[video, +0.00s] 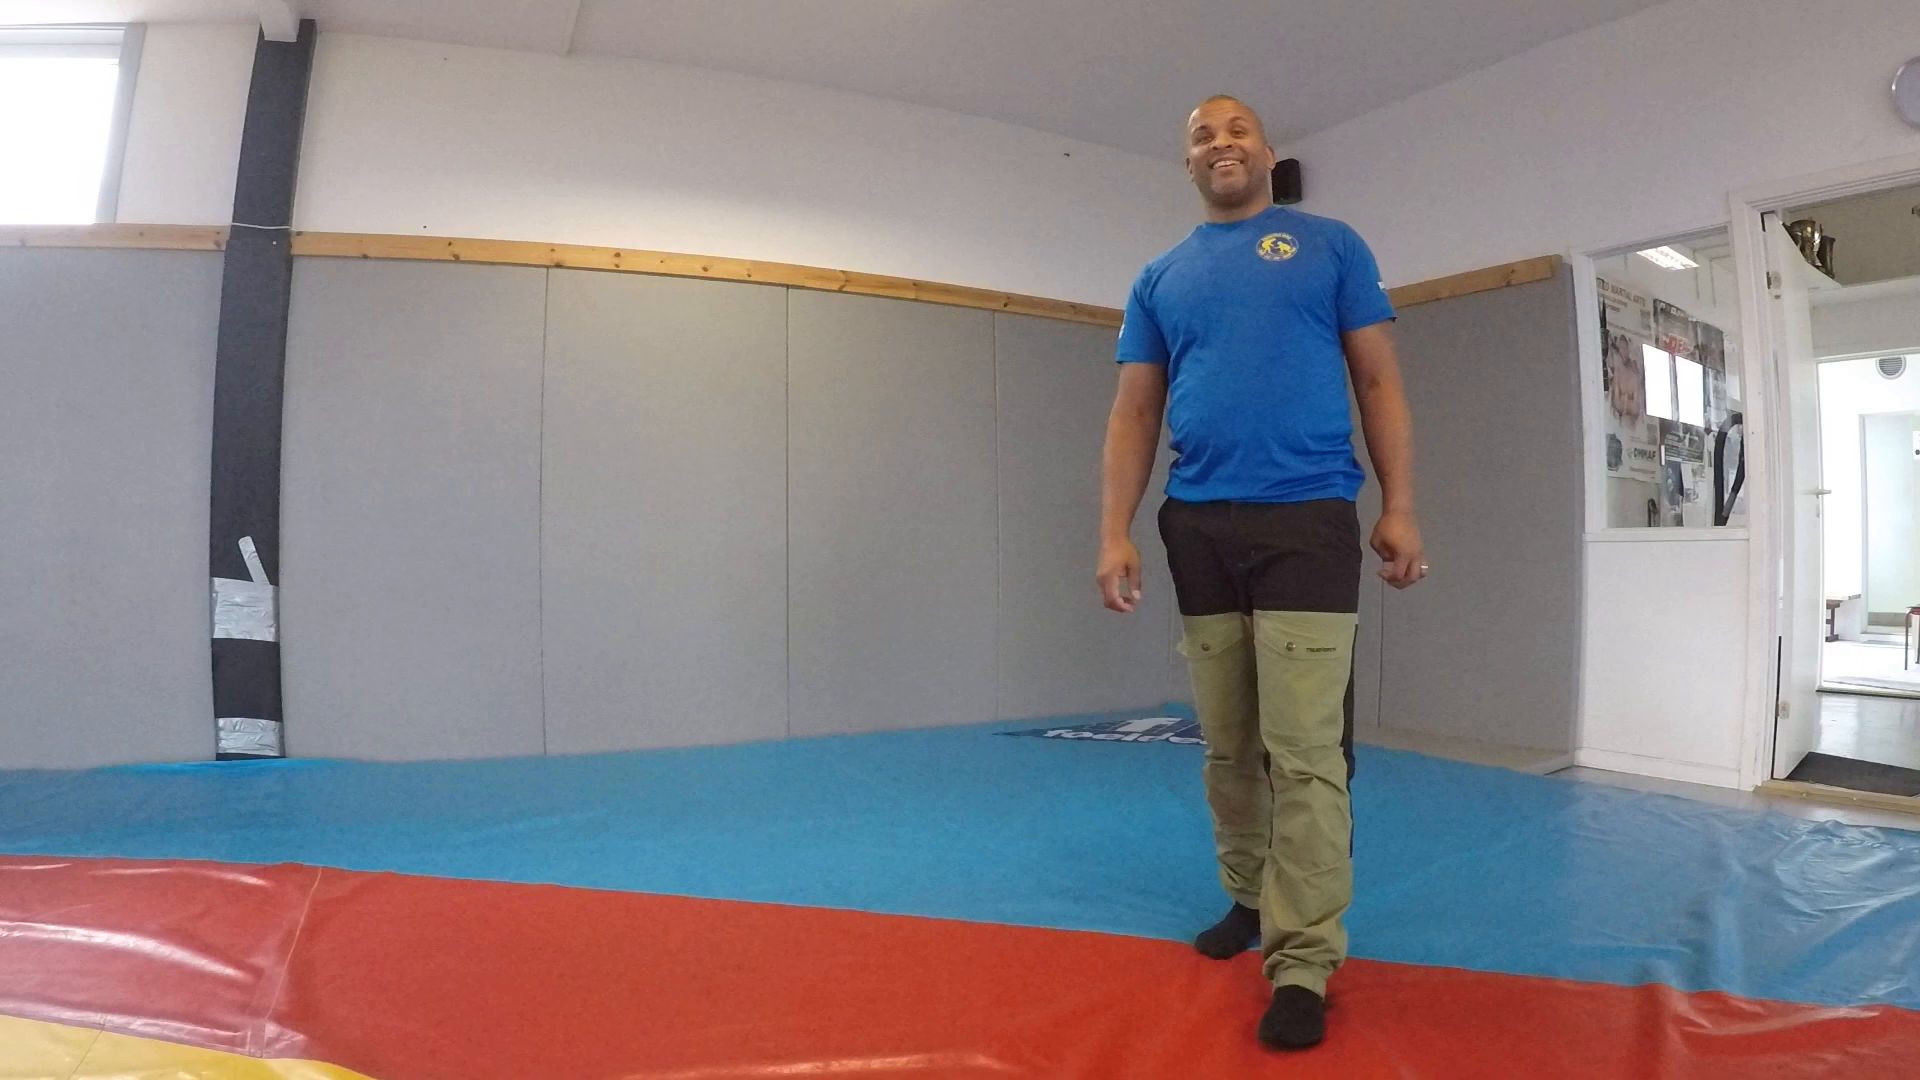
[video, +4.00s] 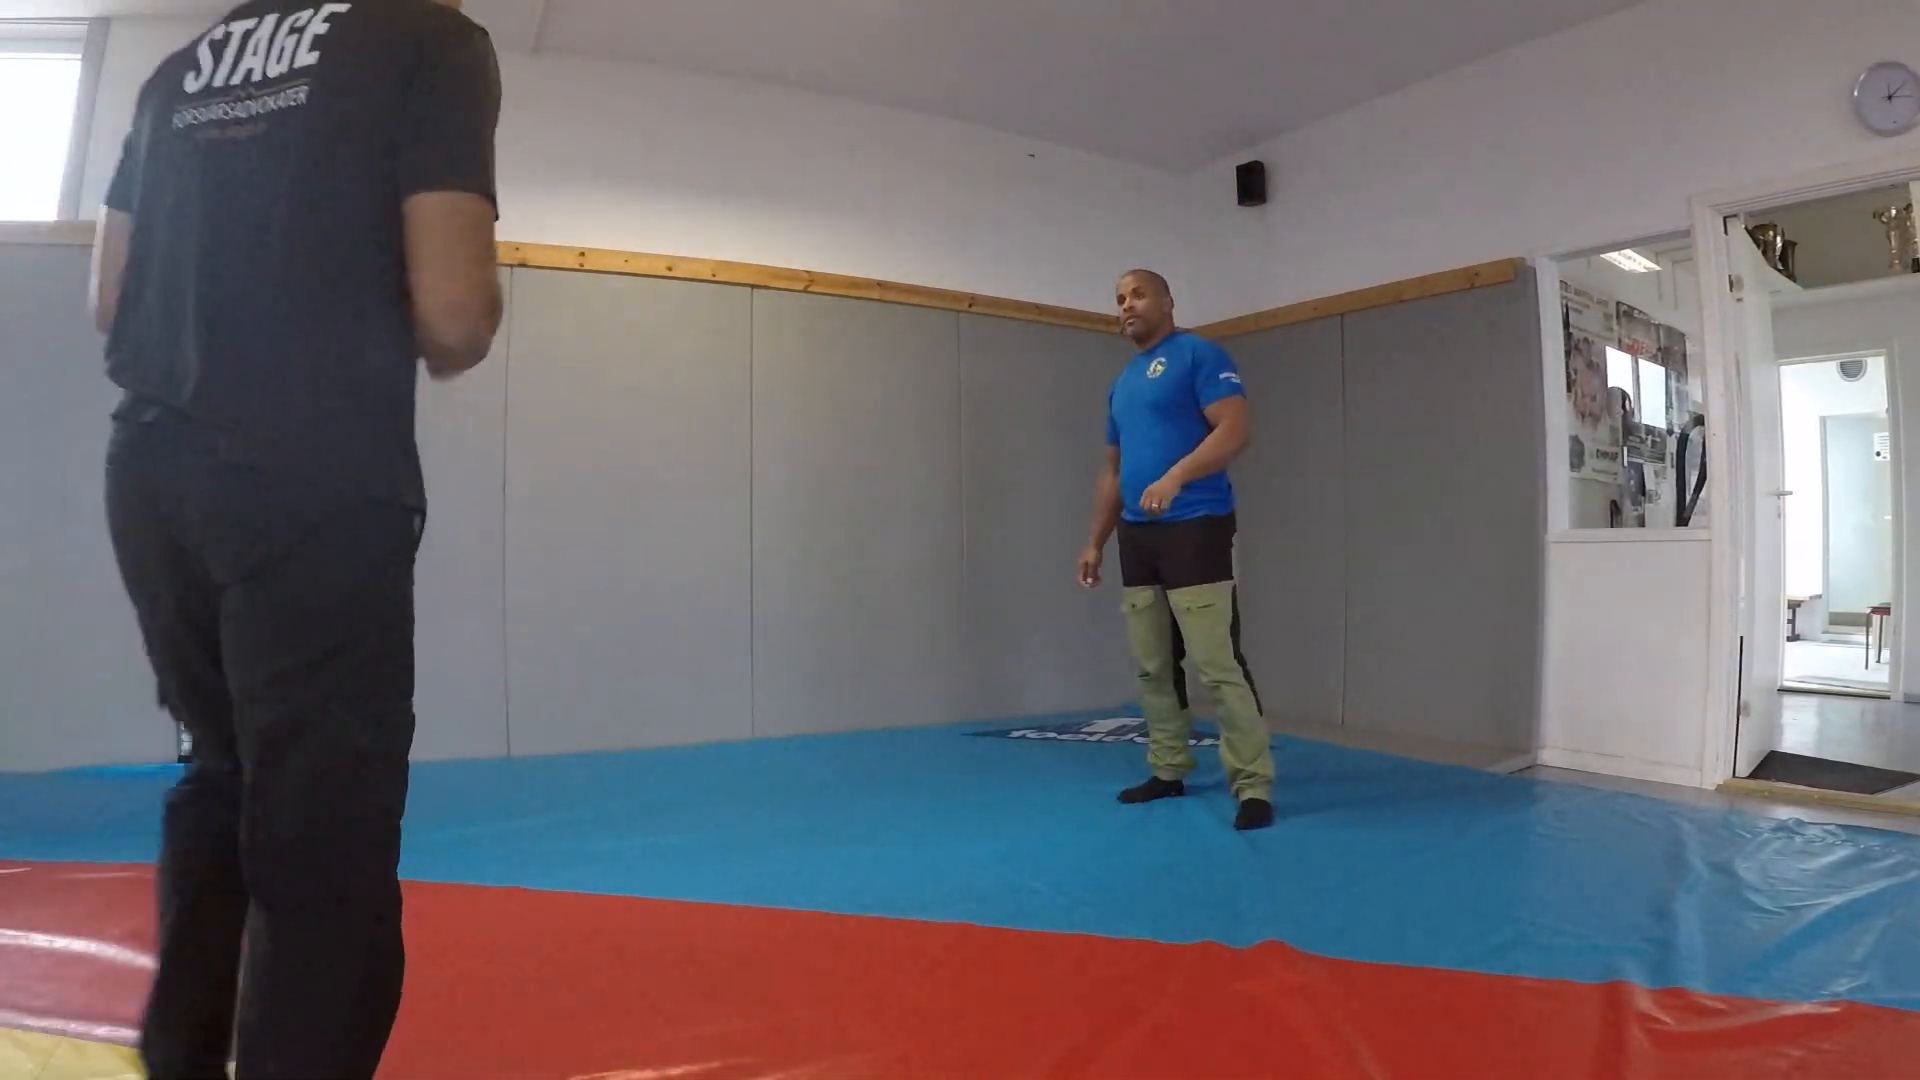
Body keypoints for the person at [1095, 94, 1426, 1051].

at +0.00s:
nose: (1220, 145)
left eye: (1235, 131)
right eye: (1203, 139)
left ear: (1270, 154)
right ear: (1187, 170)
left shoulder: (1331, 245)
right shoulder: (1161, 276)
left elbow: (1378, 382)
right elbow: (1133, 410)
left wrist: (1398, 507)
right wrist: (1114, 531)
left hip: (1309, 519)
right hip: (1199, 524)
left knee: (1300, 749)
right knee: (1228, 742)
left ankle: (1304, 961)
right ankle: (1252, 898)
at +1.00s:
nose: (1273, 146)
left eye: (1290, 132)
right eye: (1257, 134)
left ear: (1321, 151)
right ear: (1236, 158)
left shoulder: (1379, 238)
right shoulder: (1216, 277)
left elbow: (1429, 369)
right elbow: (1189, 411)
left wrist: (1419, 482)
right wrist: (1165, 534)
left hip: (1363, 518)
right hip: (1251, 522)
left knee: (1386, 749)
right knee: (1259, 737)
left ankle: (1419, 941)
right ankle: (1266, 892)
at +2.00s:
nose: (1279, 200)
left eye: (1286, 191)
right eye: (1263, 185)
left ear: (1291, 209)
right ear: (1216, 197)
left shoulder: (1319, 302)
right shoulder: (1172, 299)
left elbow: (1339, 422)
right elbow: (1131, 409)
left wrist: (1351, 534)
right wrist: (1123, 513)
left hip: (1308, 531)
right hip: (1203, 533)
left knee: (1337, 724)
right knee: (1211, 725)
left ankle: (1368, 917)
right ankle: (1207, 860)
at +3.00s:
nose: (1241, 259)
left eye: (1254, 250)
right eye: (1231, 251)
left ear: (1279, 267)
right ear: (1220, 268)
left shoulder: (1313, 344)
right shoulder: (1191, 344)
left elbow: (1333, 445)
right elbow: (1167, 439)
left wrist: (1330, 535)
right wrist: (1155, 524)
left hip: (1282, 531)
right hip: (1200, 528)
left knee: (1278, 684)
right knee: (1182, 666)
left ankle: (1273, 809)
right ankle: (1178, 784)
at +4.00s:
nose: (1126, 307)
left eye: (1136, 296)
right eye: (1120, 301)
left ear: (1167, 302)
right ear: (1120, 315)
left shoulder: (1198, 355)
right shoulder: (1121, 384)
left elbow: (1234, 430)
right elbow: (1114, 470)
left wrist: (1174, 477)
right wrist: (1095, 542)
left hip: (1196, 528)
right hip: (1138, 535)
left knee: (1214, 663)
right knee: (1154, 665)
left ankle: (1252, 786)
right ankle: (1168, 773)